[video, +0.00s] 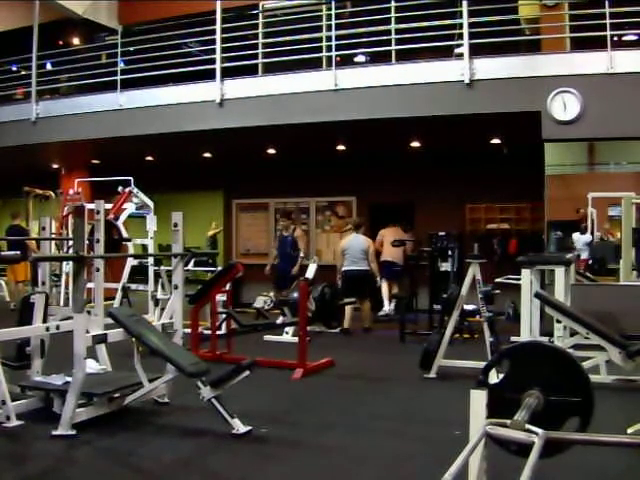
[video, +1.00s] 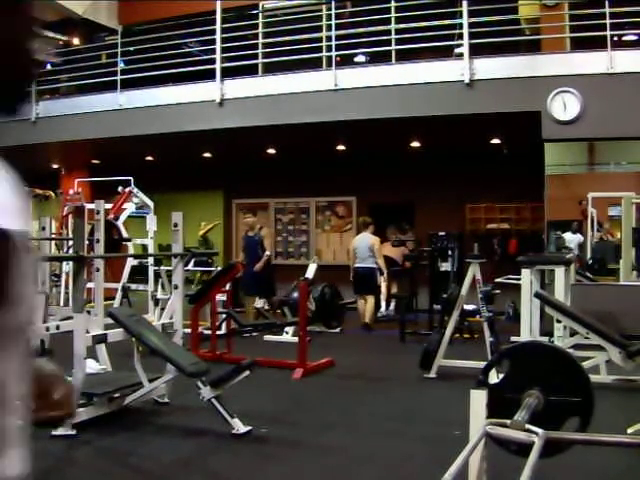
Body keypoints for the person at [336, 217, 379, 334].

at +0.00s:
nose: (364, 229)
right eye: (363, 228)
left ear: (352, 228)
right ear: (362, 228)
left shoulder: (344, 242)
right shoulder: (368, 241)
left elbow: (339, 261)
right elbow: (372, 261)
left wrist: (338, 274)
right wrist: (377, 275)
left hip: (348, 272)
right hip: (364, 272)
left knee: (349, 301)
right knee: (365, 300)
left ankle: (346, 326)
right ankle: (367, 324)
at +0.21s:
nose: (371, 229)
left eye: (370, 227)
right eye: (370, 227)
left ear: (358, 227)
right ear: (368, 227)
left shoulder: (349, 240)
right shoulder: (374, 240)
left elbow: (345, 258)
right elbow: (378, 258)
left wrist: (342, 271)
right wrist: (383, 272)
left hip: (354, 270)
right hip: (369, 270)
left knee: (351, 299)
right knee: (368, 298)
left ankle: (348, 319)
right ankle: (367, 324)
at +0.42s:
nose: (373, 228)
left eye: (372, 226)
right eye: (372, 226)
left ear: (360, 226)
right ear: (371, 227)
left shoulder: (353, 240)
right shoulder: (377, 240)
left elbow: (349, 256)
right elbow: (382, 258)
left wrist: (349, 268)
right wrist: (386, 269)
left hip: (356, 269)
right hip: (371, 269)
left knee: (356, 299)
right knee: (369, 298)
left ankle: (354, 322)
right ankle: (367, 324)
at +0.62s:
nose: (373, 228)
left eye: (372, 227)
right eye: (373, 227)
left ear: (361, 227)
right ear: (371, 227)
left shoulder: (354, 240)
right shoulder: (377, 240)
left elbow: (351, 256)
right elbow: (382, 257)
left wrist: (352, 266)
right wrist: (387, 268)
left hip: (358, 269)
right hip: (372, 269)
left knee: (359, 298)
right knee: (369, 297)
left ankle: (361, 322)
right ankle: (367, 324)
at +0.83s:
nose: (373, 229)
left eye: (372, 227)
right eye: (372, 227)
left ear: (361, 227)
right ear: (370, 227)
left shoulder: (354, 241)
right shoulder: (375, 241)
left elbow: (352, 259)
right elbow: (380, 259)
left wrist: (351, 273)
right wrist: (386, 272)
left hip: (358, 269)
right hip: (371, 269)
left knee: (360, 297)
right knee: (369, 297)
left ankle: (363, 321)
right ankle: (367, 323)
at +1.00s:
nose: (373, 228)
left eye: (372, 226)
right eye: (372, 226)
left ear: (361, 227)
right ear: (370, 227)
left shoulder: (354, 240)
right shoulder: (374, 240)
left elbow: (352, 258)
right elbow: (378, 257)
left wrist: (351, 271)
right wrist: (384, 270)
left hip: (358, 268)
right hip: (370, 268)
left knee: (360, 297)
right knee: (370, 296)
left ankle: (363, 320)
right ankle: (367, 320)